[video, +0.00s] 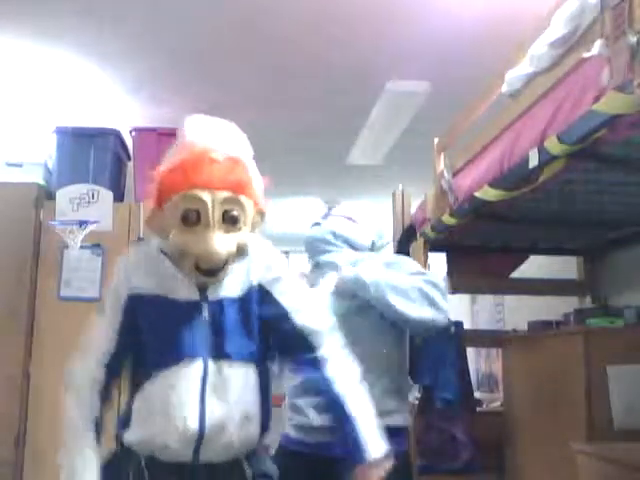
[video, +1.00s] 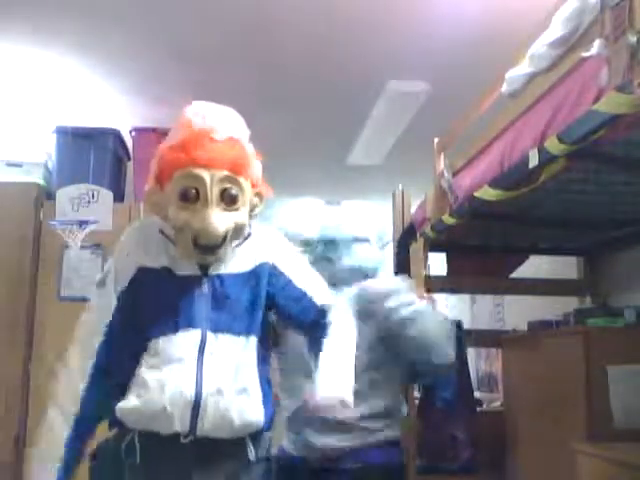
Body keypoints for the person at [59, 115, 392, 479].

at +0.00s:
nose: (211, 241)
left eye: (230, 219)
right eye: (191, 218)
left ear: (254, 223)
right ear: (160, 222)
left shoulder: (266, 279)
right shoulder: (138, 278)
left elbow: (325, 355)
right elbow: (90, 376)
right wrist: (81, 467)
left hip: (236, 464)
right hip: (151, 465)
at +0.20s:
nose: (202, 230)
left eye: (221, 209)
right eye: (182, 207)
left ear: (243, 212)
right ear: (151, 205)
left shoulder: (252, 260)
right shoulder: (122, 251)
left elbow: (299, 354)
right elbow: (51, 309)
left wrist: (328, 451)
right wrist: (109, 352)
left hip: (231, 454)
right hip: (139, 455)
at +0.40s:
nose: (203, 198)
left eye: (223, 178)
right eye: (185, 175)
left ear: (247, 186)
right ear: (157, 182)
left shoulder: (257, 244)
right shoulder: (131, 244)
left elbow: (308, 325)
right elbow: (38, 263)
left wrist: (304, 424)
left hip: (238, 448)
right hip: (143, 450)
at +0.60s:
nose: (217, 192)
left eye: (233, 173)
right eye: (195, 170)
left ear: (252, 190)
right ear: (161, 186)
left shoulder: (259, 264)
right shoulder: (127, 260)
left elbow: (300, 356)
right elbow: (41, 252)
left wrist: (310, 448)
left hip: (241, 463)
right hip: (150, 462)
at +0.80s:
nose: (212, 204)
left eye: (229, 185)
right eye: (192, 182)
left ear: (250, 202)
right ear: (161, 196)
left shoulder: (259, 269)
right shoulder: (128, 263)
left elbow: (305, 365)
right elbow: (57, 324)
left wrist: (324, 459)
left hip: (232, 464)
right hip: (145, 463)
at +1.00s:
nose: (210, 218)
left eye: (229, 197)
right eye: (190, 195)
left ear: (251, 203)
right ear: (162, 200)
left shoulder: (264, 263)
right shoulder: (146, 272)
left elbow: (328, 321)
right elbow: (111, 369)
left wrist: (331, 392)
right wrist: (70, 457)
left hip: (234, 453)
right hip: (148, 452)